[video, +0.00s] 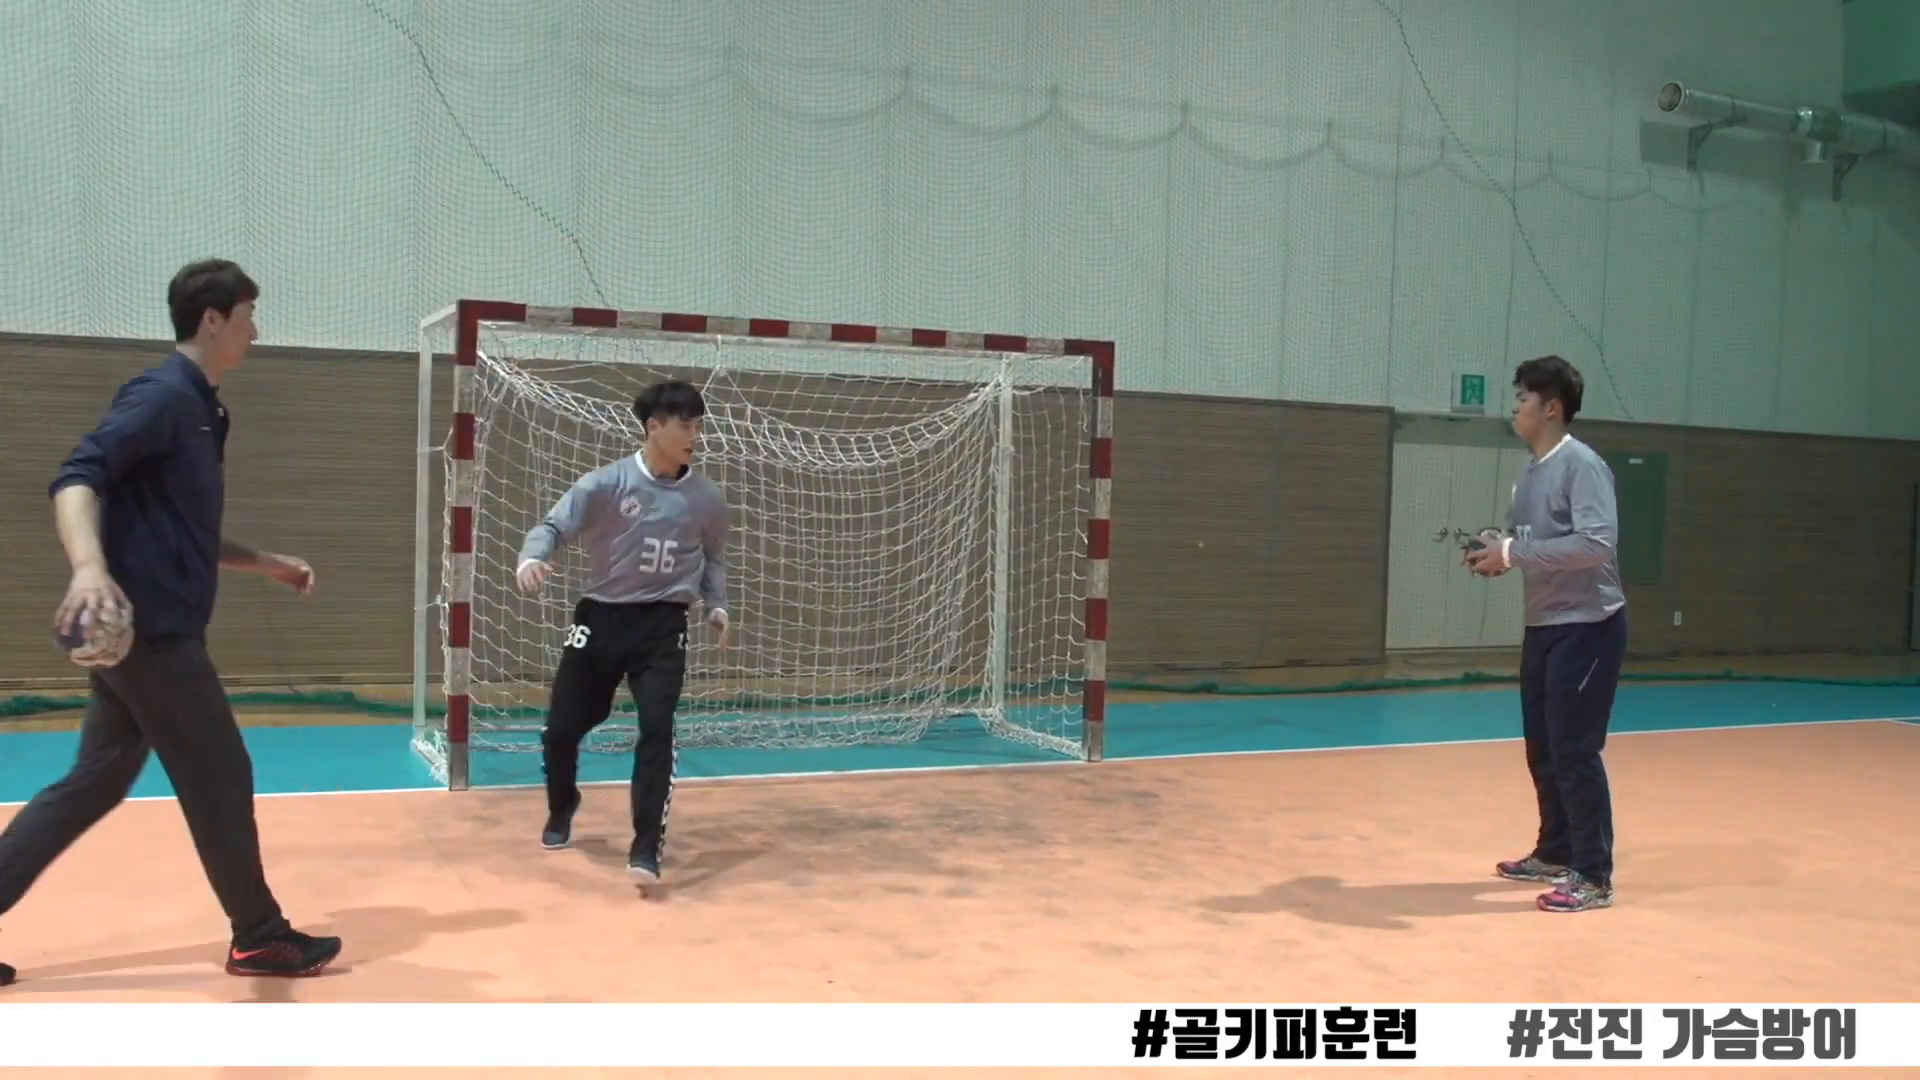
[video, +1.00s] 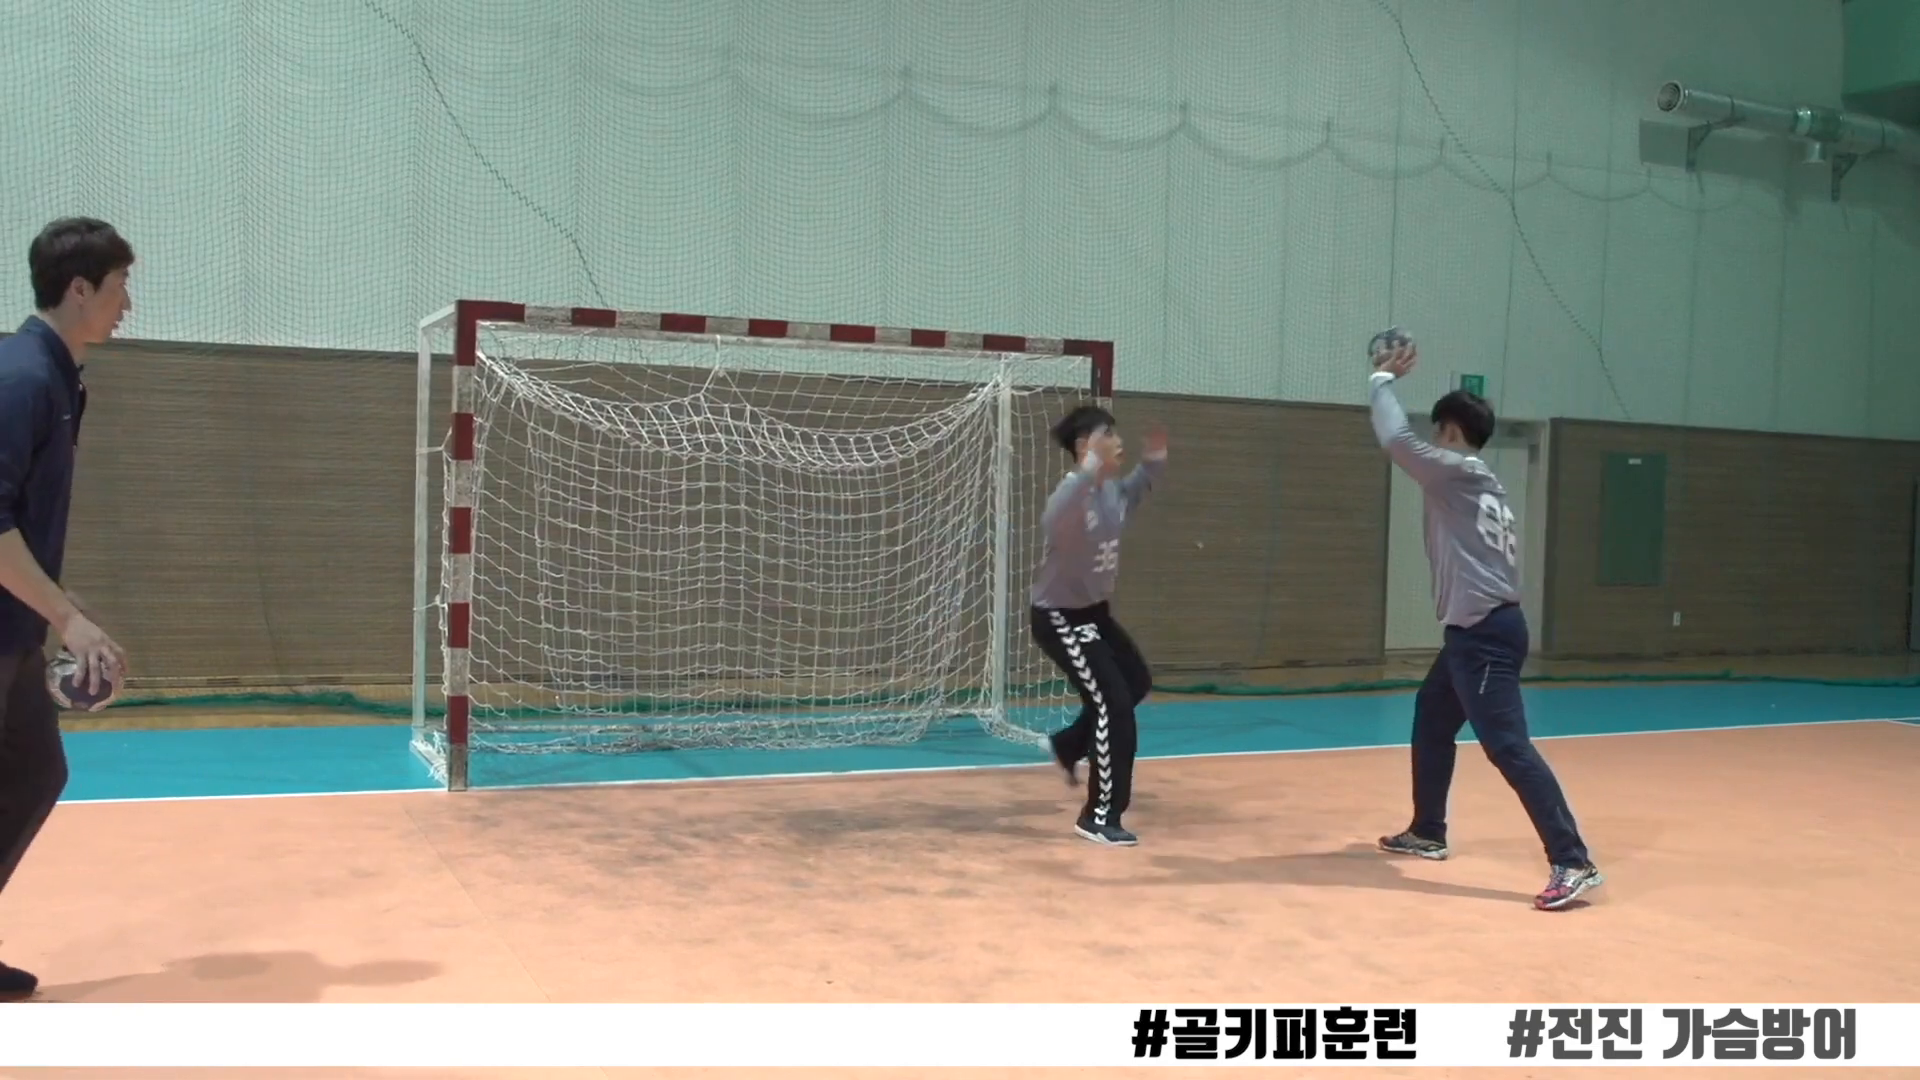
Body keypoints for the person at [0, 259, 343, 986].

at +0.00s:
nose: (255, 329)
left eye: (254, 316)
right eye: (249, 315)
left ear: (210, 320)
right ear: (213, 319)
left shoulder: (199, 405)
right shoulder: (163, 395)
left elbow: (187, 531)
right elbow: (76, 483)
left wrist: (264, 563)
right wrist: (88, 567)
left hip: (150, 631)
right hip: (149, 633)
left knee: (95, 784)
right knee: (219, 775)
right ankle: (259, 934)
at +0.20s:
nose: (190, 340)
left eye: (190, 326)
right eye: (184, 325)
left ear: (141, 324)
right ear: (148, 323)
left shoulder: (123, 408)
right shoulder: (93, 387)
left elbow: (104, 546)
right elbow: (14, 477)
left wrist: (189, 572)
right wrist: (19, 590)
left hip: (45, 631)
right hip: (42, 630)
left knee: (3, 786)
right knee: (131, 770)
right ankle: (193, 935)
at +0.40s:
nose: (149, 321)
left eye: (148, 307)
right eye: (144, 306)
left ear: (103, 309)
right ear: (107, 309)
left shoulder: (72, 380)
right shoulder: (57, 373)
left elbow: (24, 502)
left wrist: (72, 585)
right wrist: (18, 584)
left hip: (17, 618)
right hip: (11, 621)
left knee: (40, 778)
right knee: (57, 777)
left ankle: (3, 957)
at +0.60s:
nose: (132, 316)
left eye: (133, 301)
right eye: (127, 301)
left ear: (83, 303)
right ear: (88, 302)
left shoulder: (60, 379)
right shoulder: (35, 375)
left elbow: (25, 512)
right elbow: (1, 494)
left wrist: (51, 617)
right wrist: (43, 597)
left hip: (9, 628)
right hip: (1, 628)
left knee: (2, 791)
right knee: (0, 793)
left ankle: (0, 959)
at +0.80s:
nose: (128, 311)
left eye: (128, 296)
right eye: (121, 296)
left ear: (77, 299)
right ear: (79, 298)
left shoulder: (54, 379)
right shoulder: (22, 379)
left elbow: (20, 525)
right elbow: (1, 519)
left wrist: (58, 621)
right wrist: (49, 608)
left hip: (10, 631)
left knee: (3, 782)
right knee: (1, 783)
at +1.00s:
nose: (127, 302)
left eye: (128, 287)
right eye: (121, 287)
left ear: (70, 289)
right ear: (79, 288)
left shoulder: (49, 372)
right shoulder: (24, 378)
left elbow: (21, 526)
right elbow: (1, 528)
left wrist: (67, 626)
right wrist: (66, 617)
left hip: (16, 637)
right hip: (1, 640)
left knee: (32, 774)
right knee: (32, 774)